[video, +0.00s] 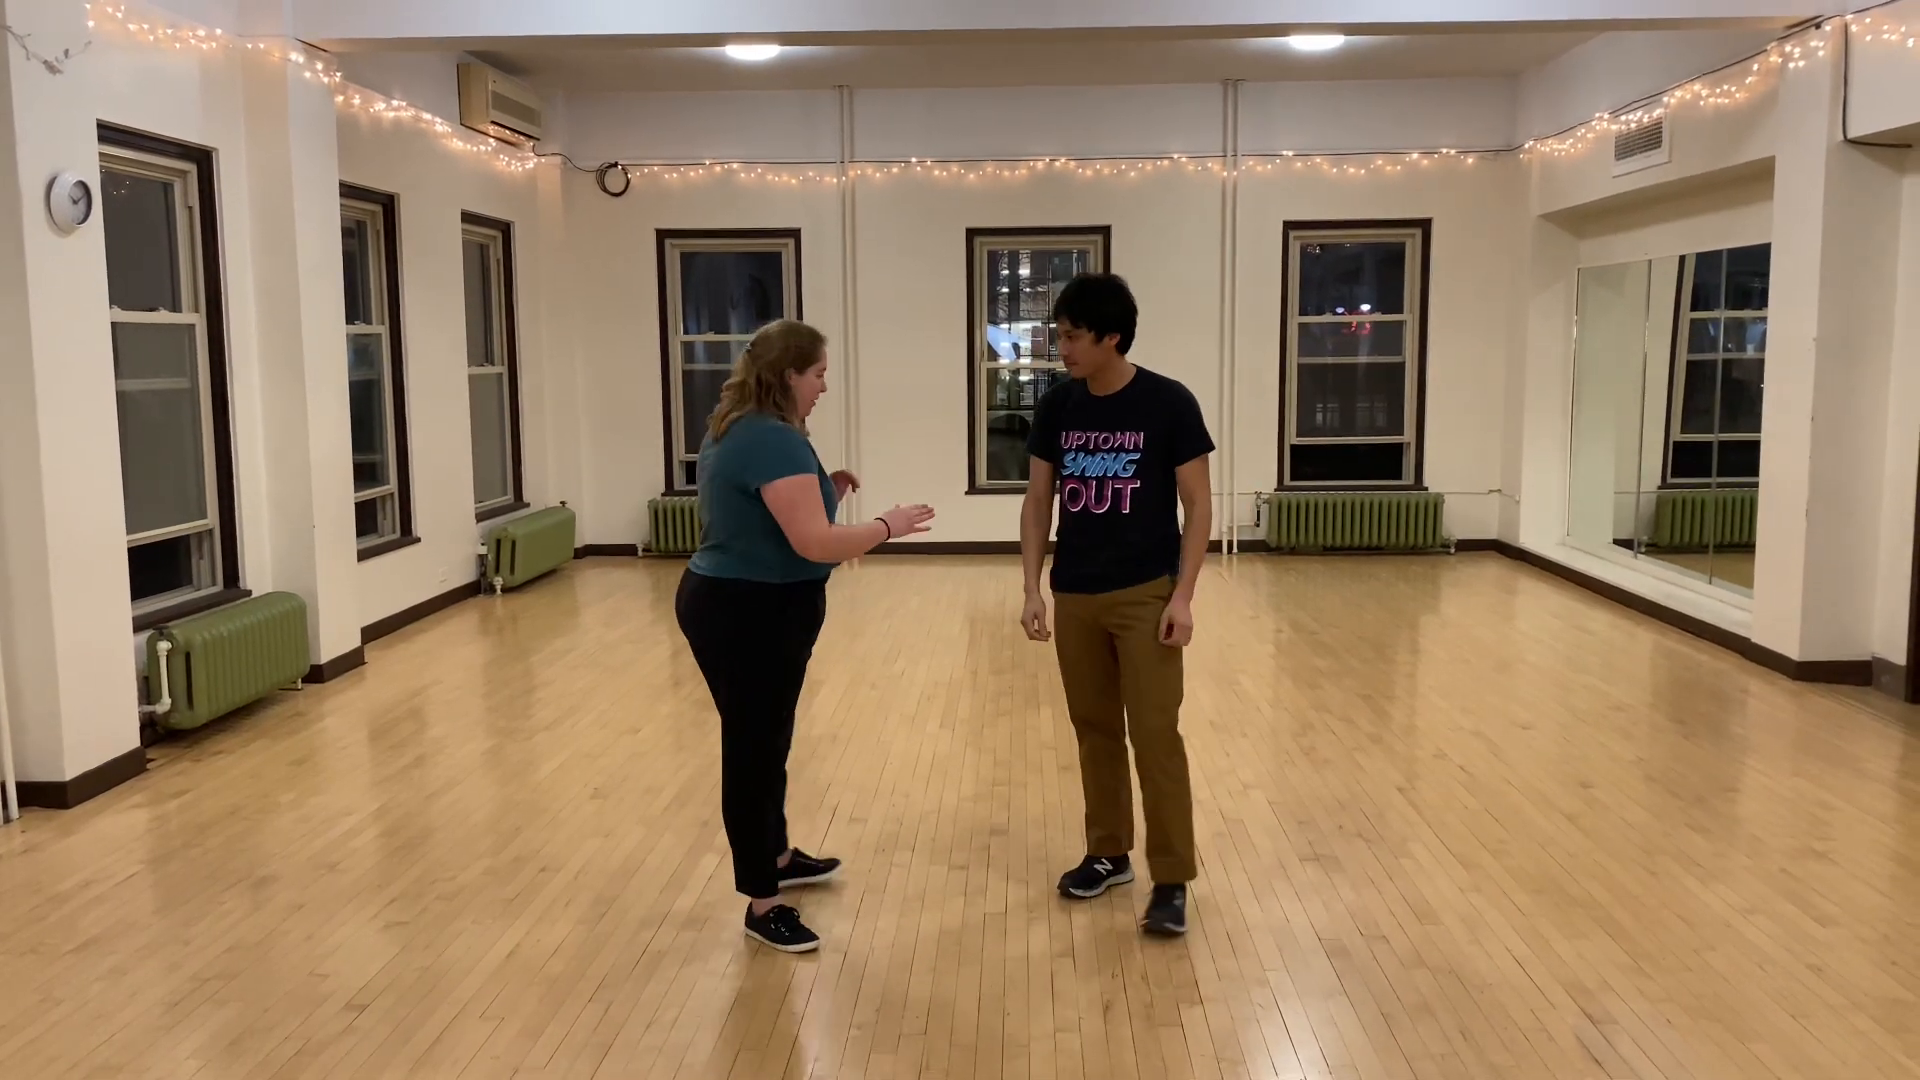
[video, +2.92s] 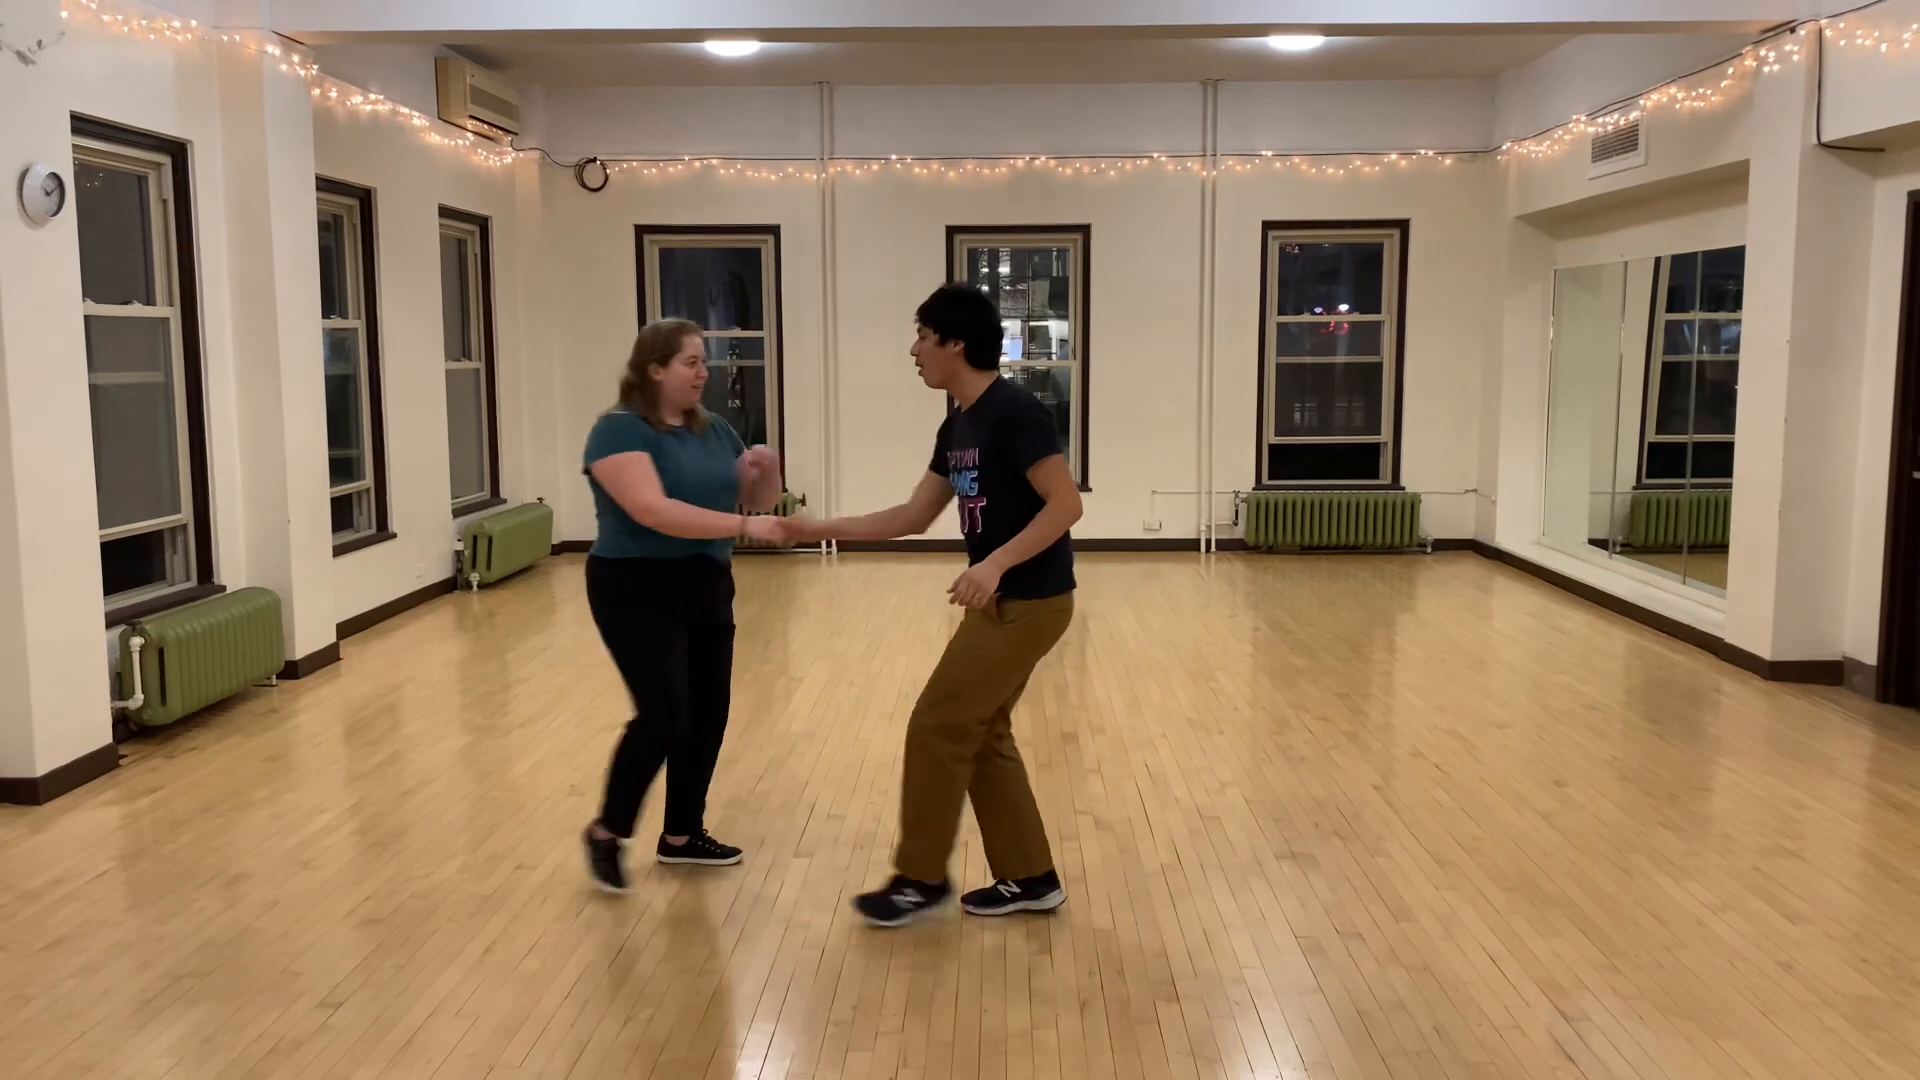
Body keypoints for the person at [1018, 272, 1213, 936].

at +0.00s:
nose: (1062, 347)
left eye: (1072, 336)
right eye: (1060, 335)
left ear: (1112, 338)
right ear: (1072, 336)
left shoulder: (1169, 403)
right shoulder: (1058, 404)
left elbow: (1199, 507)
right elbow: (1037, 499)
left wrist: (1184, 594)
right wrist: (1033, 583)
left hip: (1147, 596)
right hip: (1075, 598)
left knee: (1154, 738)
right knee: (1095, 733)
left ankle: (1171, 880)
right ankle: (1109, 855)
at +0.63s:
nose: (1041, 345)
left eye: (1049, 333)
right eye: (1039, 334)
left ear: (1088, 331)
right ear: (1070, 334)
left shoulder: (1142, 402)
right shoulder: (1063, 404)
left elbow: (1159, 510)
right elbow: (1039, 492)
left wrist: (1125, 601)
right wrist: (960, 514)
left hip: (1127, 596)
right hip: (1069, 594)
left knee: (1138, 736)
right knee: (1087, 727)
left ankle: (1159, 883)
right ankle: (1106, 850)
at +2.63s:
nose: (950, 346)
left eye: (958, 333)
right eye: (951, 333)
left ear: (994, 339)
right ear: (993, 341)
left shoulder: (1050, 406)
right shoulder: (1009, 410)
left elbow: (1096, 508)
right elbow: (1011, 508)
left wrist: (1029, 580)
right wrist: (935, 543)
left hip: (1074, 596)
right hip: (1036, 596)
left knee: (1043, 731)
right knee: (1020, 733)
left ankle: (1146, 845)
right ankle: (1037, 881)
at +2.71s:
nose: (936, 343)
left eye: (944, 331)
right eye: (938, 330)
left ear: (980, 338)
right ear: (976, 336)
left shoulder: (1038, 403)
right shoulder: (993, 411)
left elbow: (1087, 502)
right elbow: (987, 507)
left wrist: (1017, 569)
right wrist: (903, 536)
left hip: (1059, 591)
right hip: (1026, 591)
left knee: (1006, 727)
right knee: (1013, 728)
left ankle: (1098, 855)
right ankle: (1035, 878)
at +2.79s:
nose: (926, 343)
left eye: (936, 331)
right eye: (929, 331)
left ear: (970, 339)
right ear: (968, 341)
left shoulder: (1028, 406)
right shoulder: (977, 419)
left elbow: (1078, 500)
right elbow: (954, 512)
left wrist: (1009, 562)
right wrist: (867, 529)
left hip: (1046, 597)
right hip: (1021, 594)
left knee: (973, 726)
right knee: (1005, 726)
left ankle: (1031, 876)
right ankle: (1033, 873)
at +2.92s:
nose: (913, 350)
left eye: (922, 338)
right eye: (916, 337)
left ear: (957, 347)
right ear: (956, 347)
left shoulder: (1016, 412)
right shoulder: (957, 423)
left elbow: (1067, 504)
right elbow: (916, 515)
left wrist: (994, 564)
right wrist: (820, 529)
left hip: (1031, 602)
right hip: (997, 599)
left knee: (938, 724)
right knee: (983, 735)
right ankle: (1031, 877)